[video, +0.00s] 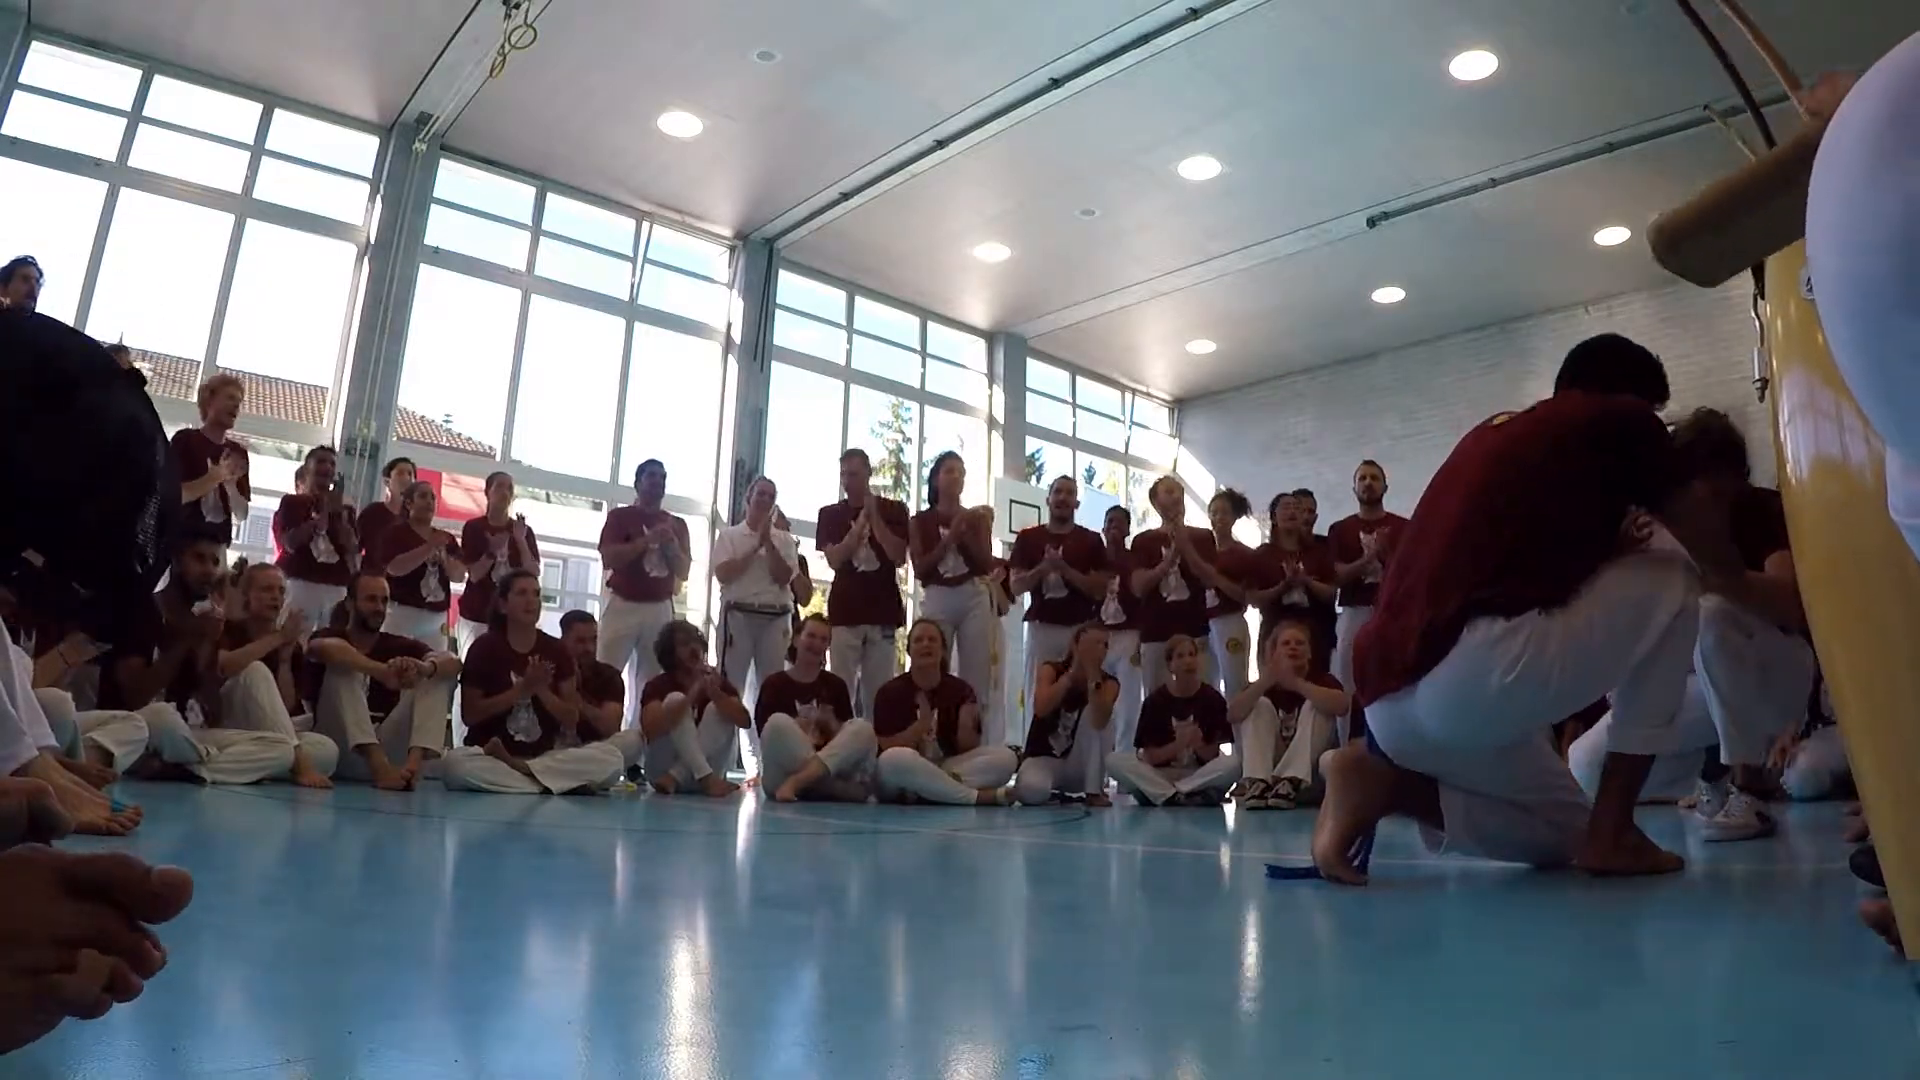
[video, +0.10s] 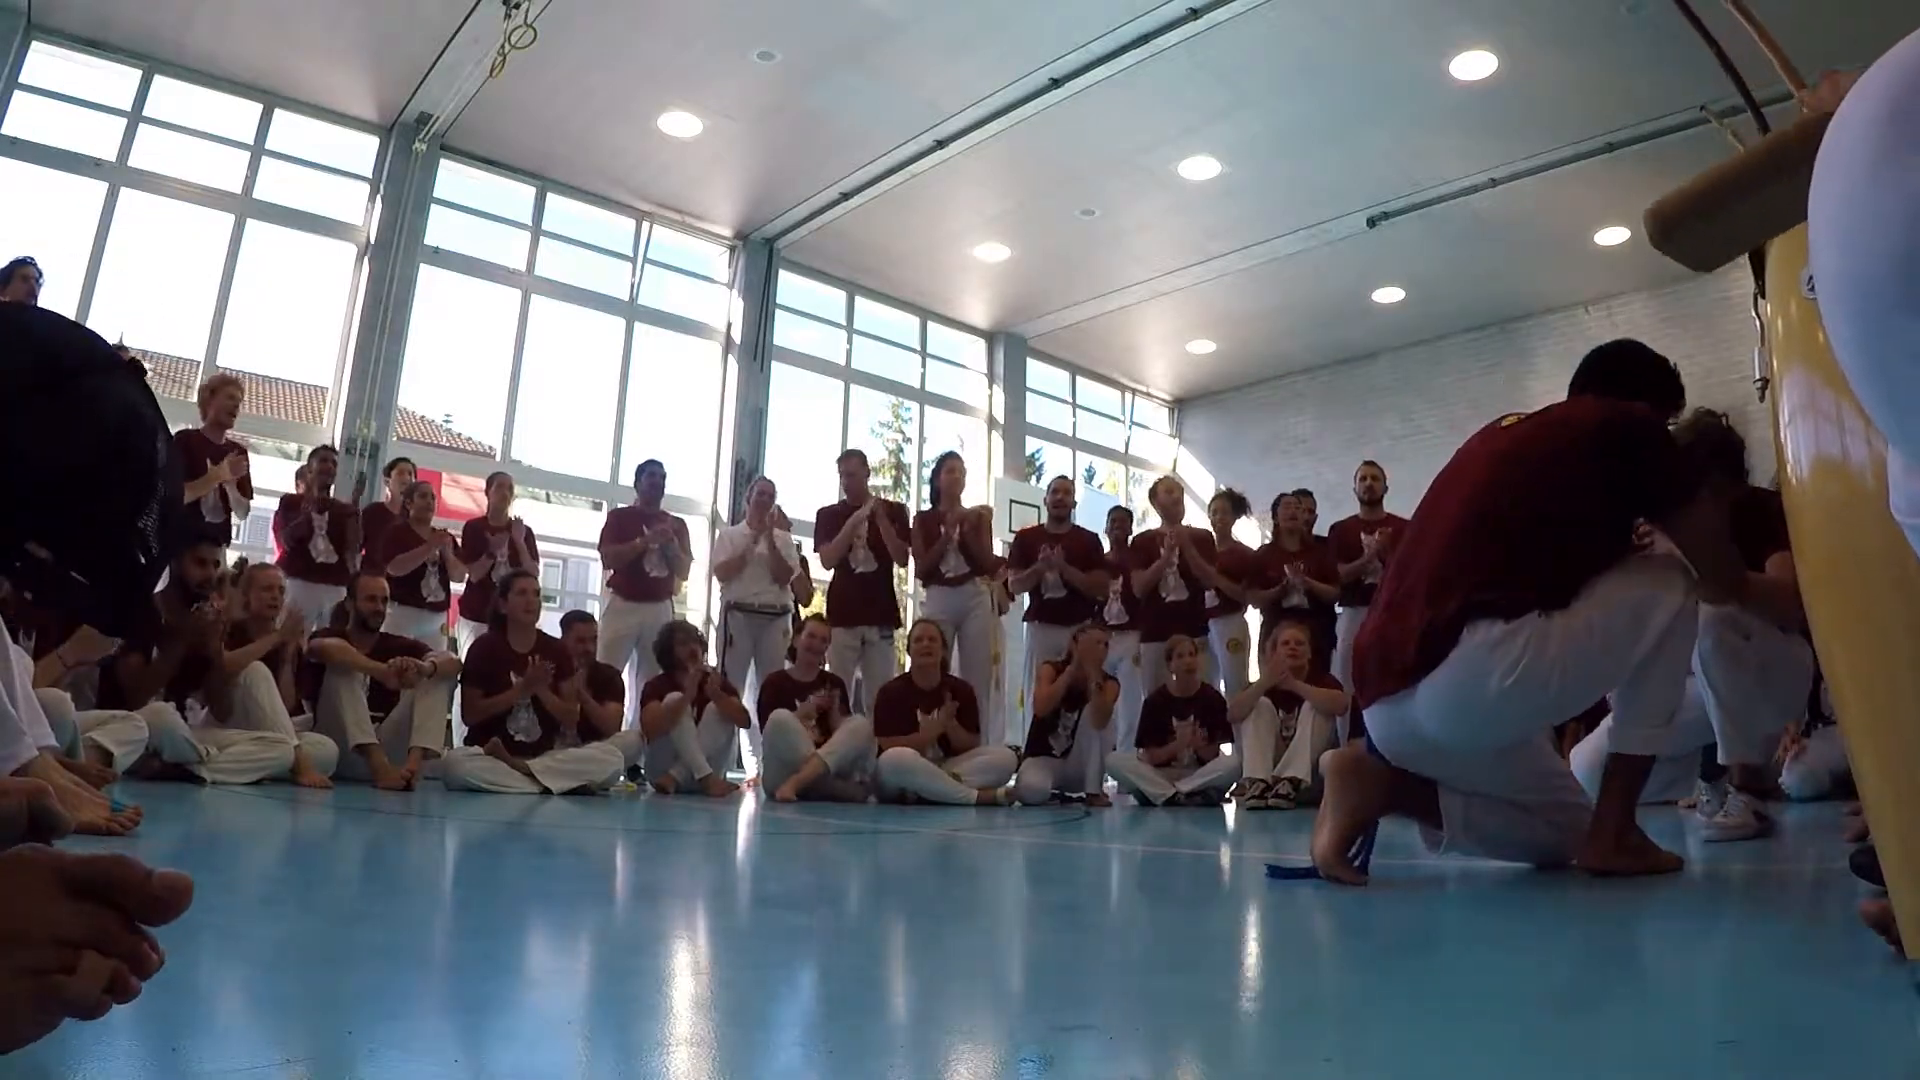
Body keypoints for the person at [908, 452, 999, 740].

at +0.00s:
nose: (955, 477)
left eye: (960, 472)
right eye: (948, 472)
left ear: (965, 479)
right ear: (935, 478)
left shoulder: (977, 519)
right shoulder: (921, 520)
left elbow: (985, 566)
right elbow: (920, 569)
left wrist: (965, 537)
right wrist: (949, 540)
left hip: (974, 596)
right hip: (936, 596)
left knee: (976, 679)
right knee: (933, 676)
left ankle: (975, 750)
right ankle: (932, 751)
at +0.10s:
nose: (957, 477)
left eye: (961, 472)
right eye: (950, 472)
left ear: (966, 479)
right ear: (936, 479)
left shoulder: (979, 516)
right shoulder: (923, 519)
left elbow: (987, 564)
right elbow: (921, 568)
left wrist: (965, 537)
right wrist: (945, 539)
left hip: (974, 593)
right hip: (937, 594)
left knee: (977, 678)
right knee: (933, 674)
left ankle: (977, 750)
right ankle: (932, 750)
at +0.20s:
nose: (959, 476)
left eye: (963, 472)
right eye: (952, 471)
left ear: (968, 480)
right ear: (939, 479)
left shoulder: (980, 515)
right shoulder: (926, 518)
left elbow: (987, 564)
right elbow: (922, 568)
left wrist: (967, 538)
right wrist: (944, 540)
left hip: (977, 594)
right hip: (939, 594)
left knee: (978, 678)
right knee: (934, 675)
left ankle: (978, 751)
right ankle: (933, 751)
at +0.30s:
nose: (962, 476)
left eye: (966, 472)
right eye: (955, 471)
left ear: (971, 481)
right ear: (942, 479)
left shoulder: (982, 516)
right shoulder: (928, 519)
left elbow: (989, 565)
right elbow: (924, 569)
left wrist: (968, 535)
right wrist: (951, 539)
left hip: (979, 596)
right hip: (941, 596)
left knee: (979, 680)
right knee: (938, 677)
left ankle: (978, 750)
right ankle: (935, 750)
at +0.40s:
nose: (964, 478)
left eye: (969, 473)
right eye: (958, 472)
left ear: (973, 481)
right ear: (944, 479)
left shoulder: (984, 516)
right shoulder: (929, 520)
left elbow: (991, 565)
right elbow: (926, 571)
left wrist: (970, 535)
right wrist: (953, 539)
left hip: (980, 599)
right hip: (942, 598)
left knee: (980, 686)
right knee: (938, 682)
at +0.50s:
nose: (965, 477)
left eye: (970, 473)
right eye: (959, 472)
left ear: (975, 482)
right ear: (947, 479)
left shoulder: (986, 516)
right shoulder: (932, 521)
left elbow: (993, 565)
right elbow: (927, 569)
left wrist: (972, 537)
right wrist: (949, 535)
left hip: (982, 597)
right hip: (944, 597)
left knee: (982, 681)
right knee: (940, 677)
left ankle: (981, 751)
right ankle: (937, 751)